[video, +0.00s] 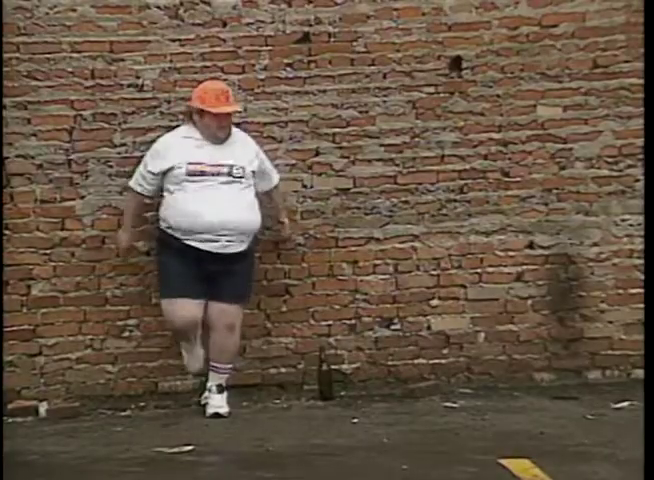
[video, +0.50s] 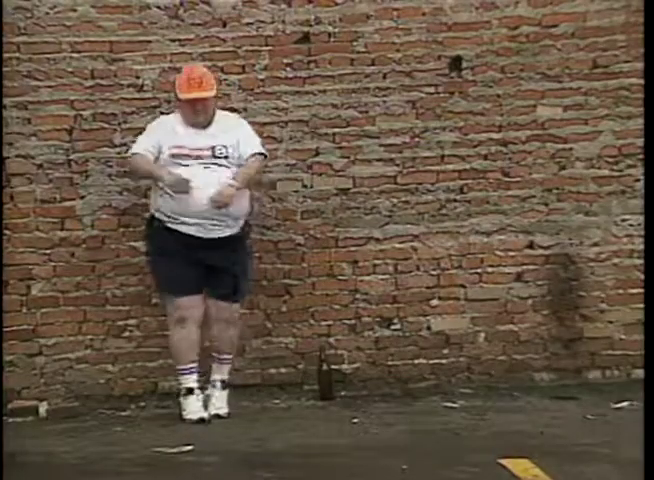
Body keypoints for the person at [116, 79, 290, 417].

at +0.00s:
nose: (224, 121)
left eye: (228, 114)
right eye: (216, 115)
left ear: (234, 113)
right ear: (196, 114)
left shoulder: (245, 146)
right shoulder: (170, 146)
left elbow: (269, 186)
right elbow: (138, 189)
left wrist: (282, 220)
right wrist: (127, 230)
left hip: (234, 250)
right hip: (181, 245)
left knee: (225, 321)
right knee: (183, 318)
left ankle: (217, 388)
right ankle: (190, 339)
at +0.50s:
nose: (198, 107)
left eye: (204, 100)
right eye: (190, 101)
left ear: (215, 97)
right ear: (178, 99)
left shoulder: (235, 126)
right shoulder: (164, 127)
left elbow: (257, 161)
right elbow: (134, 160)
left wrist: (233, 186)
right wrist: (162, 174)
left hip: (226, 236)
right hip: (175, 234)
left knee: (226, 313)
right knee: (184, 312)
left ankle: (219, 386)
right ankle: (190, 390)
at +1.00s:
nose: (195, 105)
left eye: (201, 97)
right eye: (187, 99)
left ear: (215, 100)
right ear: (176, 104)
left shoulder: (237, 133)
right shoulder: (164, 138)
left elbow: (266, 169)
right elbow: (134, 182)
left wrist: (280, 188)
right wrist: (116, 214)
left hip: (235, 244)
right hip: (176, 244)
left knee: (237, 320)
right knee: (180, 318)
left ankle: (237, 396)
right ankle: (189, 388)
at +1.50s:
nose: (179, 127)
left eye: (186, 120)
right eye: (172, 120)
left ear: (197, 117)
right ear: (161, 118)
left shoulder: (218, 146)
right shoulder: (146, 148)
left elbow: (249, 185)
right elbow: (126, 185)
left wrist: (247, 207)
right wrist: (109, 205)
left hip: (220, 248)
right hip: (161, 250)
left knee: (244, 316)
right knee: (170, 329)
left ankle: (236, 381)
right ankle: (181, 405)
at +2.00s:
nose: (167, 127)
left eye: (174, 118)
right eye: (160, 120)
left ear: (190, 113)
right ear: (152, 120)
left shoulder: (213, 139)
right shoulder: (153, 150)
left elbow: (254, 175)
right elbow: (139, 193)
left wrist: (218, 177)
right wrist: (132, 194)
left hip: (215, 255)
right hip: (160, 252)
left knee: (212, 330)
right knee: (145, 316)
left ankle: (217, 406)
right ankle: (171, 387)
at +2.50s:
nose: (170, 122)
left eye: (177, 114)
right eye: (164, 116)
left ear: (194, 104)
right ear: (156, 112)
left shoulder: (219, 138)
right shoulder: (154, 135)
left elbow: (235, 191)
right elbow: (136, 179)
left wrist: (218, 229)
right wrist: (127, 217)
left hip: (195, 243)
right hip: (149, 246)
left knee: (196, 317)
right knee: (159, 329)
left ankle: (237, 389)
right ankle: (180, 408)